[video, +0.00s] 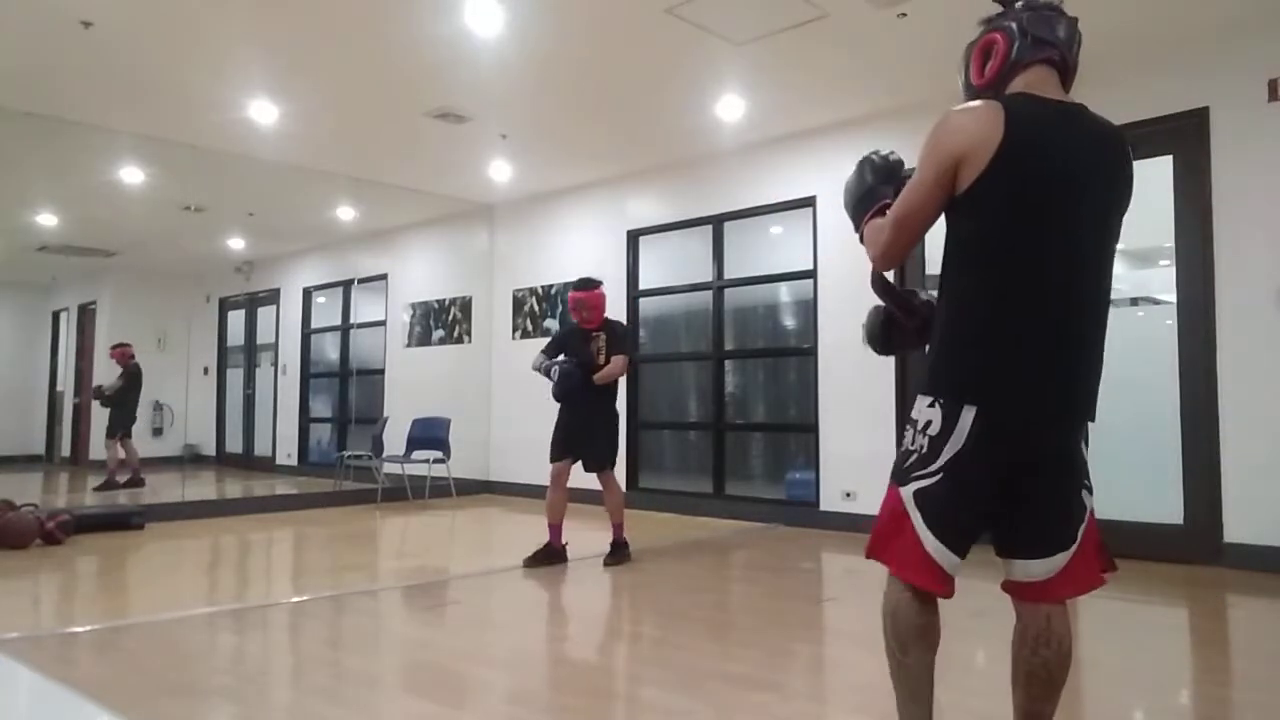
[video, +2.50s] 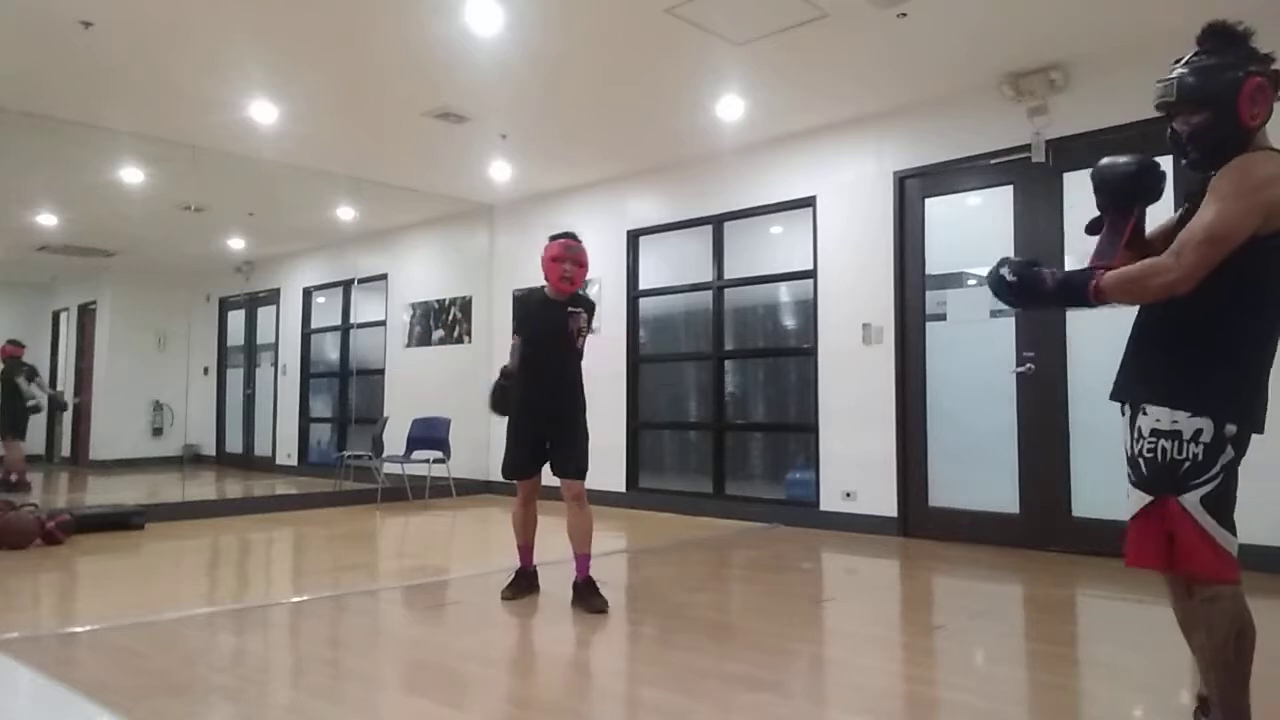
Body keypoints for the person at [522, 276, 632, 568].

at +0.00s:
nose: (580, 316)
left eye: (587, 309)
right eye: (575, 310)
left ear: (601, 305)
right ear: (570, 309)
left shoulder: (617, 331)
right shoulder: (567, 334)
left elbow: (618, 367)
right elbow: (538, 360)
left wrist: (582, 380)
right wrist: (552, 368)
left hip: (602, 413)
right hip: (570, 412)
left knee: (606, 476)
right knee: (558, 473)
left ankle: (619, 542)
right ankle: (555, 545)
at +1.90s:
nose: (548, 282)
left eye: (555, 275)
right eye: (541, 275)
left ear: (566, 280)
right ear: (529, 281)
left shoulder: (571, 313)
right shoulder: (515, 314)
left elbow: (588, 354)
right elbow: (494, 361)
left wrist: (572, 329)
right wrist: (525, 344)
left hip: (564, 410)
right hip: (525, 411)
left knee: (571, 490)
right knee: (525, 486)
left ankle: (570, 542)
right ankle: (526, 570)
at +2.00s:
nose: (545, 282)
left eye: (552, 275)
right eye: (536, 275)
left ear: (562, 278)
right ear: (523, 279)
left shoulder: (571, 310)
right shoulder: (509, 313)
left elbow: (595, 341)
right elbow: (478, 341)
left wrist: (574, 334)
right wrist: (509, 330)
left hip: (562, 410)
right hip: (522, 411)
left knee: (572, 490)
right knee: (524, 488)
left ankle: (563, 541)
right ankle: (525, 570)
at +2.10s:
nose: (543, 279)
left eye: (550, 271)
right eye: (534, 272)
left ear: (560, 274)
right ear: (522, 275)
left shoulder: (569, 310)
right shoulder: (506, 311)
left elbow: (602, 333)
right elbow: (468, 328)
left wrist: (638, 344)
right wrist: (438, 332)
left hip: (562, 411)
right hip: (521, 412)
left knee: (571, 486)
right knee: (523, 488)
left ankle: (567, 556)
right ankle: (525, 571)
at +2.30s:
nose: (553, 268)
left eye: (560, 262)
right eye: (544, 260)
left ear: (568, 268)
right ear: (529, 266)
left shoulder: (575, 307)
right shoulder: (510, 303)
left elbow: (601, 337)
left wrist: (633, 356)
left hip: (561, 412)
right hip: (520, 413)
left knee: (568, 489)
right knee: (522, 489)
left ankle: (584, 573)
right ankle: (525, 572)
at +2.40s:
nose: (559, 268)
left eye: (567, 262)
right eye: (551, 260)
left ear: (576, 269)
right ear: (536, 266)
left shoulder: (578, 306)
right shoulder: (519, 301)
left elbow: (578, 351)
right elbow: (504, 345)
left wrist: (583, 369)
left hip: (563, 410)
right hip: (523, 409)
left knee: (570, 491)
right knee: (523, 490)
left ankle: (582, 578)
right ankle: (525, 572)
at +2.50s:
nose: (567, 269)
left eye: (576, 262)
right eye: (559, 260)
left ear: (585, 270)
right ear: (544, 265)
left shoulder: (584, 308)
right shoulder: (524, 302)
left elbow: (576, 355)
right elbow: (516, 350)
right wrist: (508, 377)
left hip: (567, 409)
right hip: (527, 408)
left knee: (575, 492)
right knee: (527, 490)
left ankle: (583, 581)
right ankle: (525, 573)